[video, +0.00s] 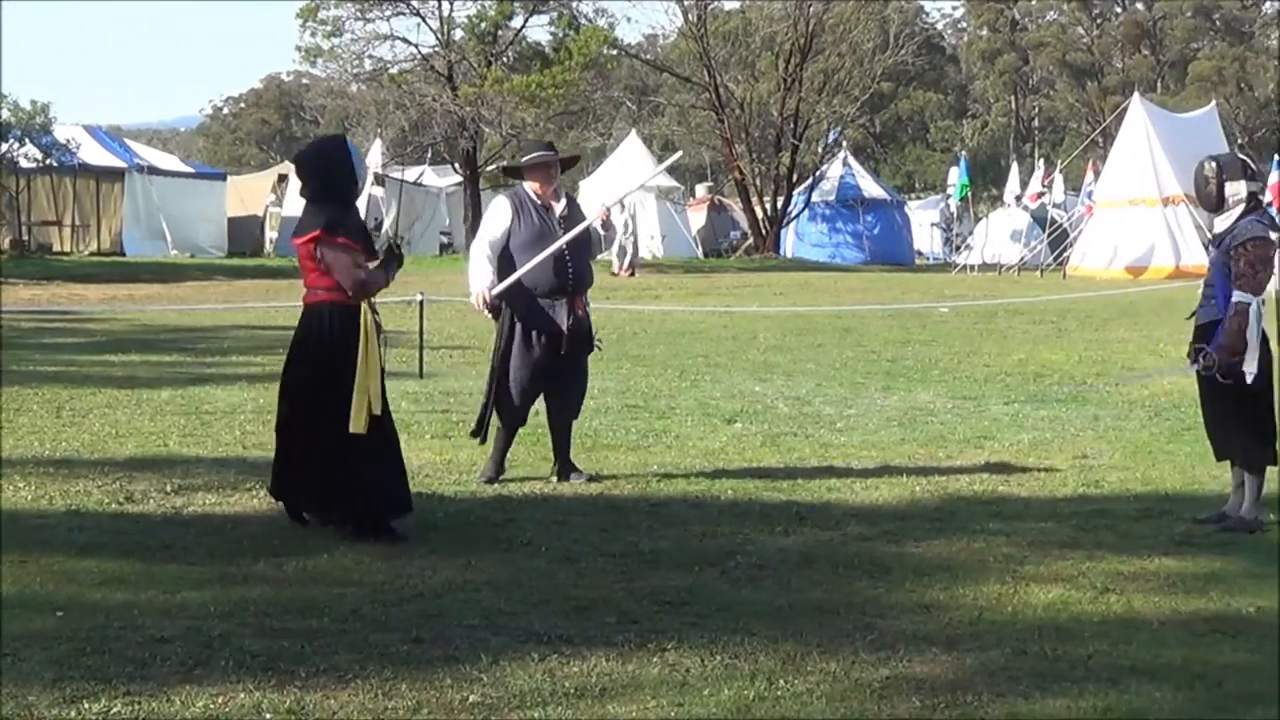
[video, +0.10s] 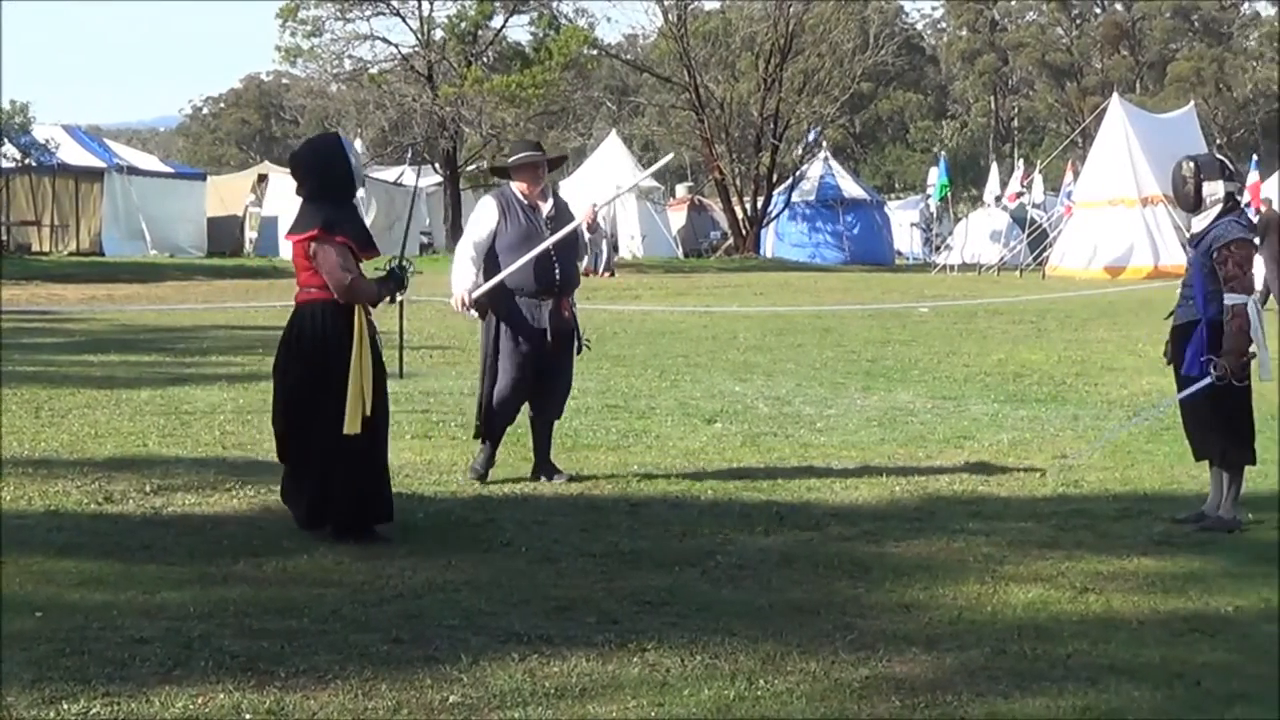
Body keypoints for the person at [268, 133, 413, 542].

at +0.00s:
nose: (358, 174)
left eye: (354, 167)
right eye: (353, 167)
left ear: (312, 178)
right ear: (340, 175)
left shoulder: (322, 218)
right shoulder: (328, 222)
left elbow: (347, 273)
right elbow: (356, 283)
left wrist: (377, 263)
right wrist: (387, 270)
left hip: (324, 317)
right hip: (338, 321)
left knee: (320, 410)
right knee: (350, 413)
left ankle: (305, 494)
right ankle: (364, 512)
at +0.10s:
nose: (355, 171)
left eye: (352, 163)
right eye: (350, 164)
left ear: (308, 177)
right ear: (337, 173)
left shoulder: (313, 216)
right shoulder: (326, 220)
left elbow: (335, 279)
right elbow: (344, 284)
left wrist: (380, 284)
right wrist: (387, 285)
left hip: (313, 320)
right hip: (334, 325)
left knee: (320, 415)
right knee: (344, 416)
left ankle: (317, 508)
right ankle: (349, 517)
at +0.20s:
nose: (352, 174)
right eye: (346, 168)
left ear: (306, 178)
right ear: (336, 175)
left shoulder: (310, 218)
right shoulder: (322, 222)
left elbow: (328, 282)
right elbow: (335, 287)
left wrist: (376, 290)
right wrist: (385, 295)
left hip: (307, 321)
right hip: (328, 326)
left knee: (316, 417)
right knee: (340, 418)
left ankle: (314, 512)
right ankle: (344, 518)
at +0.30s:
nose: (348, 176)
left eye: (345, 168)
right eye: (343, 169)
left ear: (302, 177)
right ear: (328, 174)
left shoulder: (317, 219)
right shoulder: (312, 223)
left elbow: (326, 283)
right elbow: (319, 286)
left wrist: (363, 302)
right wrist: (367, 305)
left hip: (322, 323)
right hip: (315, 326)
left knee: (334, 418)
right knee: (325, 419)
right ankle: (323, 518)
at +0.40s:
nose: (347, 180)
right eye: (341, 171)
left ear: (304, 178)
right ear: (325, 176)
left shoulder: (320, 219)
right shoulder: (307, 223)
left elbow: (323, 283)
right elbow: (312, 287)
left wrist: (358, 302)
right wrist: (363, 308)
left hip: (327, 327)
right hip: (309, 329)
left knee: (339, 419)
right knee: (316, 421)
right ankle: (314, 517)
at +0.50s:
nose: (345, 180)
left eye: (342, 172)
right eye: (338, 172)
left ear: (301, 181)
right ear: (320, 179)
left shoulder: (321, 226)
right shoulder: (300, 229)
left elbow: (326, 288)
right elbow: (308, 291)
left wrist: (358, 320)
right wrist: (360, 310)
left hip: (331, 334)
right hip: (308, 336)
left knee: (346, 425)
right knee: (312, 429)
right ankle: (311, 523)